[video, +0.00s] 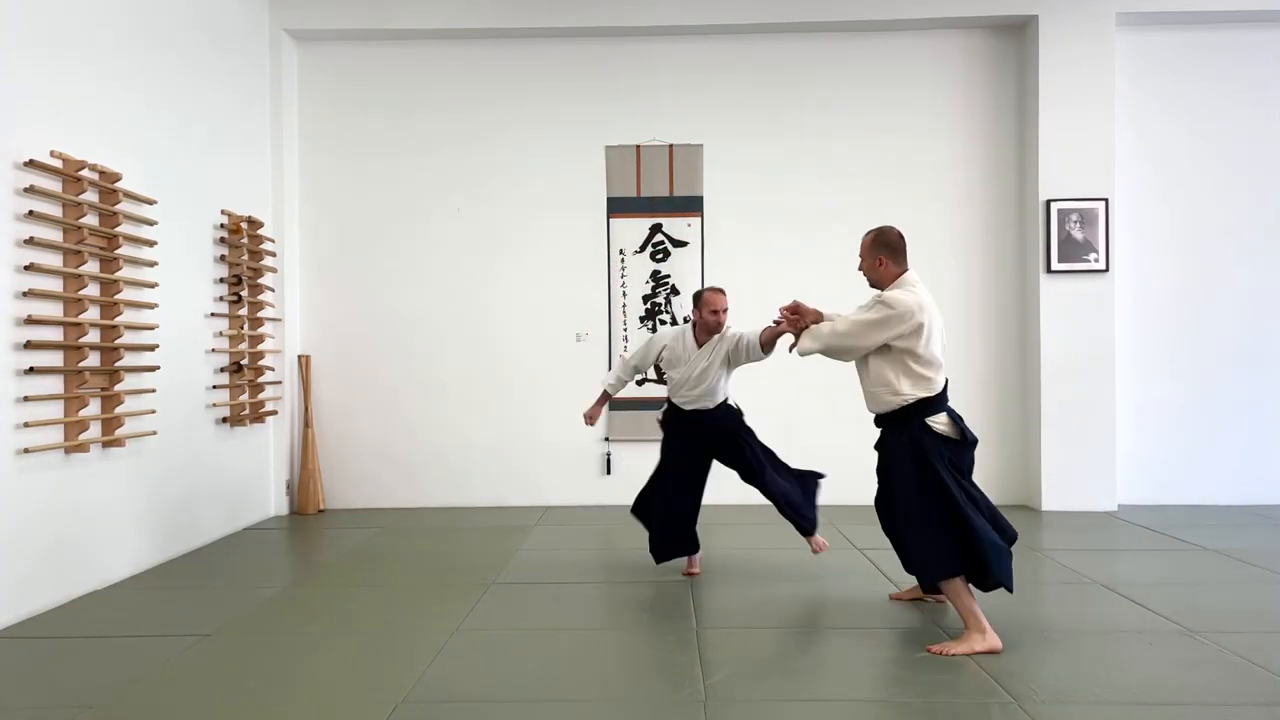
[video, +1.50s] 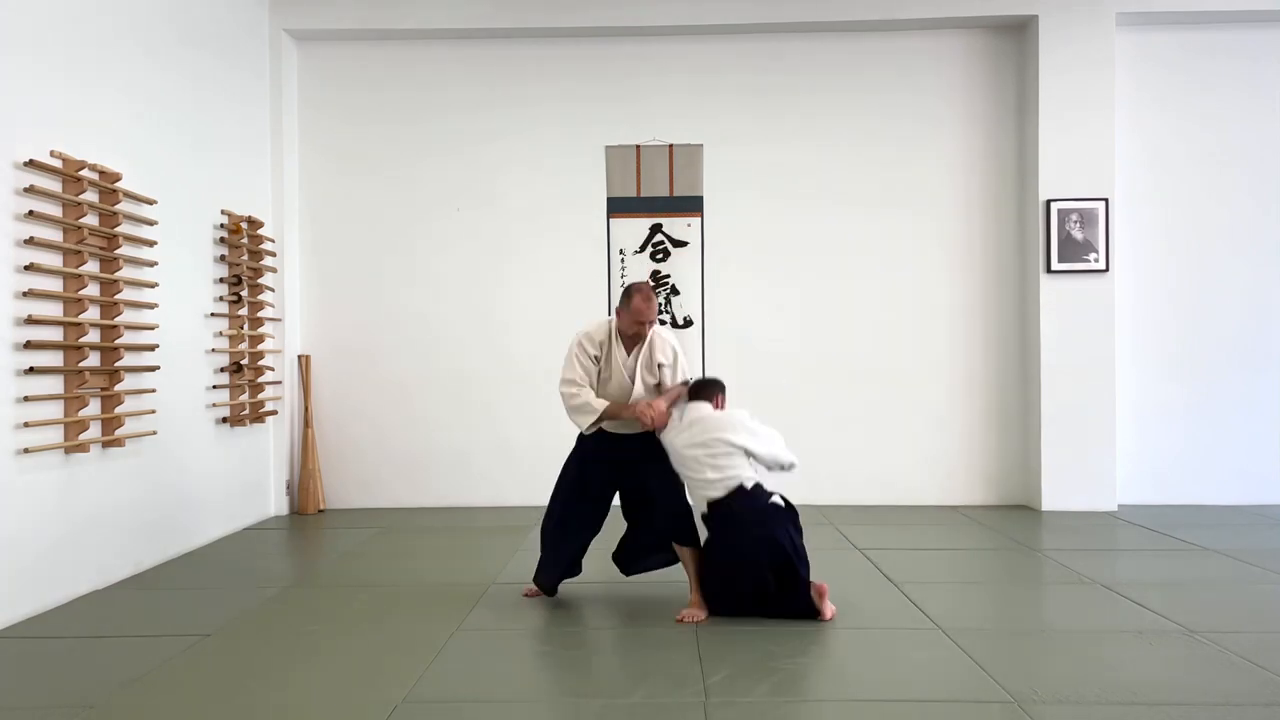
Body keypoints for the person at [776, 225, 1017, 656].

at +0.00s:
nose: (862, 269)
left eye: (864, 261)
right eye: (862, 261)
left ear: (881, 262)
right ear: (895, 261)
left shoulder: (899, 304)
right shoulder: (906, 296)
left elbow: (848, 339)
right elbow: (860, 325)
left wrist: (806, 331)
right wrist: (819, 317)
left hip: (916, 431)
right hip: (908, 426)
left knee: (925, 525)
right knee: (894, 508)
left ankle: (980, 632)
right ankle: (932, 583)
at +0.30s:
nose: (812, 270)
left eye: (815, 262)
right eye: (812, 262)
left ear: (836, 263)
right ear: (843, 262)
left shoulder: (857, 299)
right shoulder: (853, 295)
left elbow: (807, 324)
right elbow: (801, 330)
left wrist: (749, 324)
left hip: (873, 424)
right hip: (876, 418)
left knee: (849, 516)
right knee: (894, 507)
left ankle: (911, 596)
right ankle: (941, 587)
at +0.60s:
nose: (746, 270)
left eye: (749, 263)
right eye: (747, 263)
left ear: (767, 265)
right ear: (780, 265)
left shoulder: (781, 305)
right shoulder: (798, 300)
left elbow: (724, 309)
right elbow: (748, 351)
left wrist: (676, 295)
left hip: (793, 422)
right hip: (812, 416)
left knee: (759, 508)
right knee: (834, 503)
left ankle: (789, 605)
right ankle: (903, 567)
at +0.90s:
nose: (681, 270)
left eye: (688, 262)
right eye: (679, 264)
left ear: (707, 264)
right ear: (683, 271)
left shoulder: (730, 304)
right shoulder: (677, 305)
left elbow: (705, 246)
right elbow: (633, 288)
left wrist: (677, 228)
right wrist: (649, 248)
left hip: (717, 419)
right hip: (675, 419)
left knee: (732, 516)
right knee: (628, 494)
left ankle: (787, 605)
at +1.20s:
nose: (651, 304)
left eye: (655, 299)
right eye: (647, 296)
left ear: (655, 297)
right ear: (624, 286)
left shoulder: (649, 329)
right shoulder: (590, 318)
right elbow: (630, 336)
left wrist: (696, 332)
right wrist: (678, 311)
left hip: (643, 436)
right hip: (595, 436)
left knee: (677, 506)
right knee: (563, 509)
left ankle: (708, 587)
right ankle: (548, 576)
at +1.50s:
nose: (646, 330)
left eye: (652, 323)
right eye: (639, 322)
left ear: (657, 317)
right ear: (618, 313)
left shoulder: (664, 344)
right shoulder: (590, 341)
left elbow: (679, 394)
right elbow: (573, 394)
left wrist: (660, 407)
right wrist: (627, 410)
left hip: (647, 442)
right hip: (599, 439)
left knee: (675, 511)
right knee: (567, 506)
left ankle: (697, 595)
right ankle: (547, 580)